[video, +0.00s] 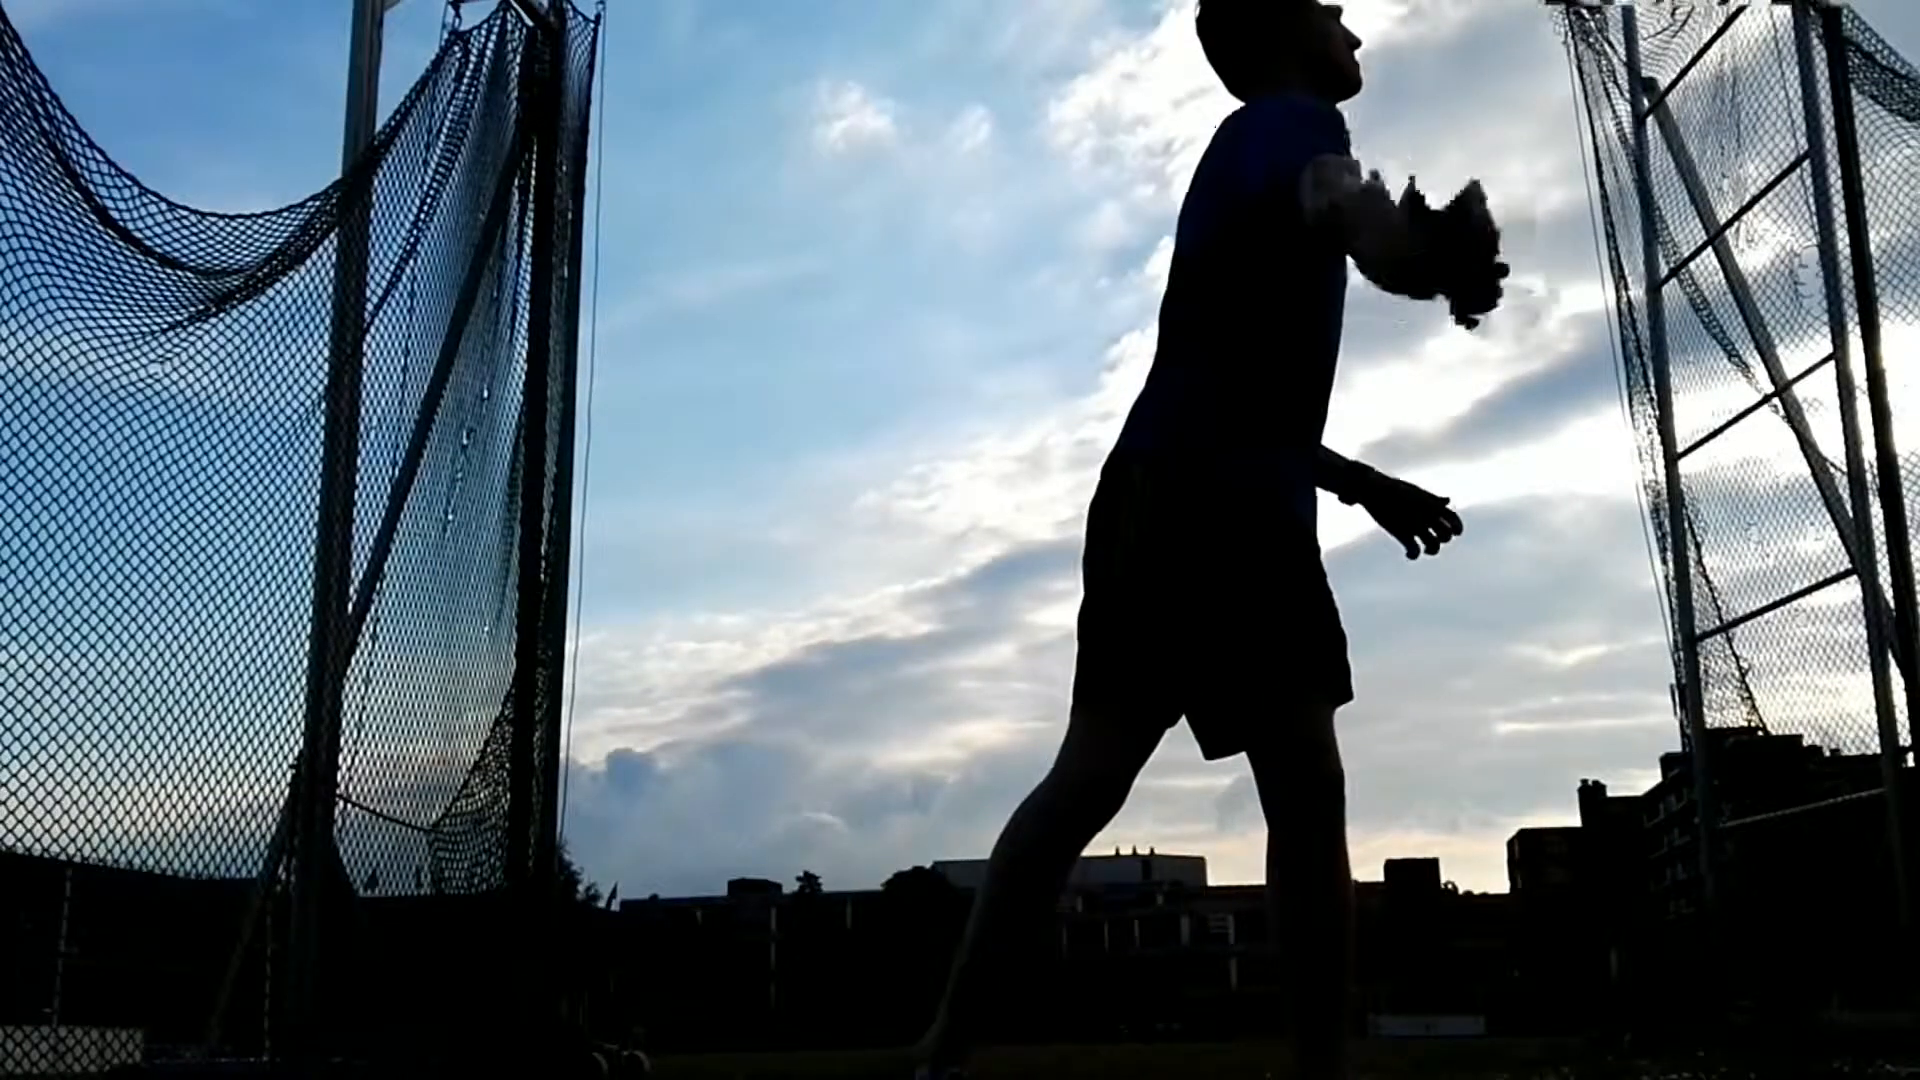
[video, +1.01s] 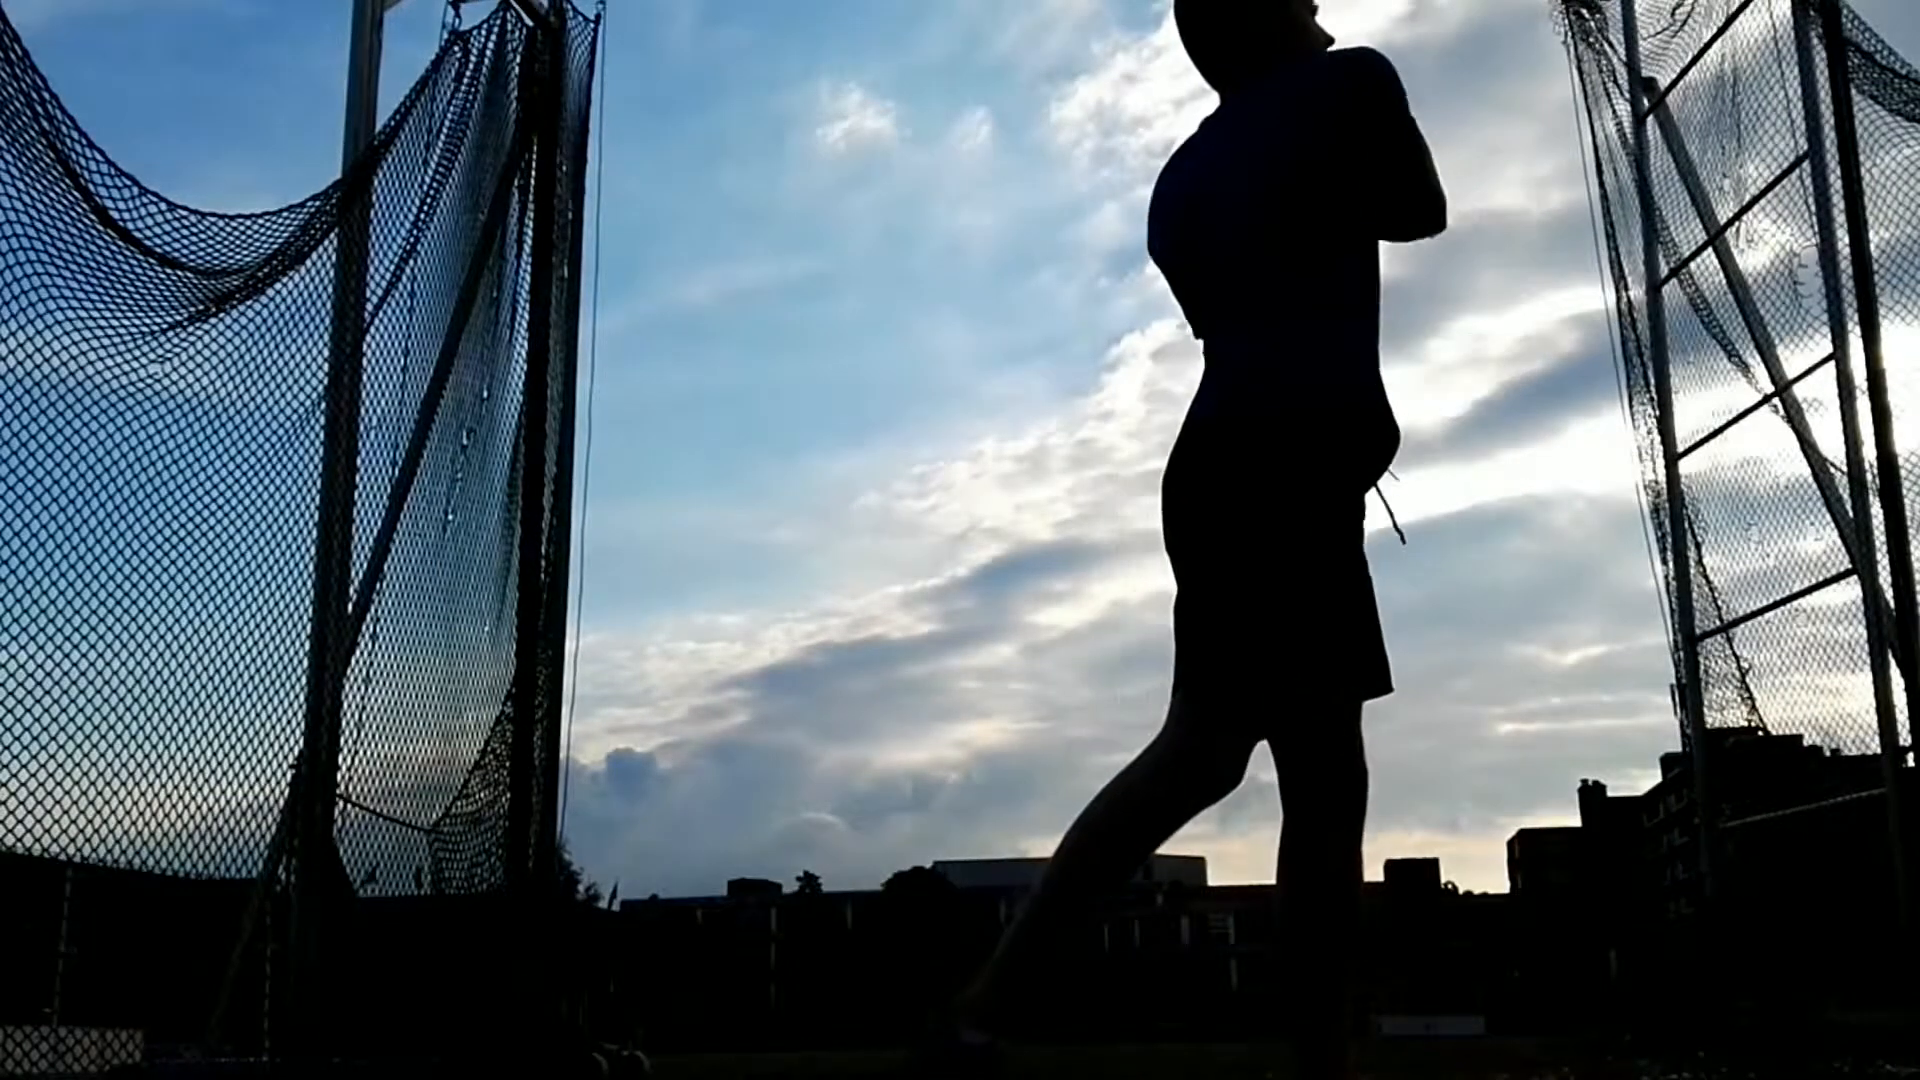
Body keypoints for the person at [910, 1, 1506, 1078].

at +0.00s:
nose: (1348, 27)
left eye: (1335, 11)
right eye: (1324, 14)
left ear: (1246, 59)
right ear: (1284, 38)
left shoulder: (1230, 165)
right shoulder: (1301, 128)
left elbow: (1222, 402)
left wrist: (1367, 486)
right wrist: (1448, 259)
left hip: (1148, 506)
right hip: (1239, 509)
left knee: (1083, 784)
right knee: (1304, 796)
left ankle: (953, 1041)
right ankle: (1323, 1060)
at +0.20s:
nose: (1339, 32)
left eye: (1324, 14)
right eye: (1316, 16)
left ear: (1235, 61)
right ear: (1282, 37)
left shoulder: (1224, 177)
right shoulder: (1336, 130)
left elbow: (1227, 404)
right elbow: (1478, 235)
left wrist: (1382, 444)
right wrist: (1624, 289)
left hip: (1149, 499)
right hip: (1237, 501)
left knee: (1107, 768)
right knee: (1300, 780)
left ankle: (948, 1030)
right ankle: (1324, 1055)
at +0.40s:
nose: (1329, 34)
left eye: (1317, 15)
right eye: (1311, 17)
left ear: (1220, 58)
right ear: (1281, 30)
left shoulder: (1199, 182)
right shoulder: (1352, 115)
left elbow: (1251, 399)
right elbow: (1513, 243)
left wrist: (1415, 393)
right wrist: (1655, 303)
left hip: (1161, 495)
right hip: (1255, 497)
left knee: (1131, 762)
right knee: (1306, 794)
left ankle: (954, 1008)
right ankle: (1322, 1058)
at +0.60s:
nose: (1320, 27)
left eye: (1307, 12)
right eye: (1303, 13)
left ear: (1213, 54)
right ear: (1279, 27)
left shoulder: (1188, 186)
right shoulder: (1355, 98)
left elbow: (1272, 381)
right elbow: (1491, 234)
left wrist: (1407, 351)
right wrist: (1580, 295)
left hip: (1180, 486)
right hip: (1274, 486)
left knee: (1157, 756)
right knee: (1313, 783)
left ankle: (965, 1006)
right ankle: (1321, 1053)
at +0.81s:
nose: (1319, 24)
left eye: (1309, 10)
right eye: (1305, 10)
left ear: (1206, 51)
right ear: (1282, 21)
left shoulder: (1182, 187)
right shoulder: (1355, 85)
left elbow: (1293, 329)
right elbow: (1458, 227)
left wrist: (1399, 275)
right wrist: (1409, 264)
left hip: (1202, 479)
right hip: (1288, 476)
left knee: (1182, 750)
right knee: (1317, 780)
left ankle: (987, 996)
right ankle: (1319, 1046)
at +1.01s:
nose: (1315, 20)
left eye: (1301, 9)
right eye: (1302, 8)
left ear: (1203, 49)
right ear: (1284, 18)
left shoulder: (1177, 185)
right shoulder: (1347, 82)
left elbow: (1226, 325)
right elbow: (1416, 212)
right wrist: (1323, 91)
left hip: (1210, 473)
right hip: (1307, 468)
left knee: (1198, 749)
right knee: (1326, 767)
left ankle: (1007, 980)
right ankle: (1323, 1035)